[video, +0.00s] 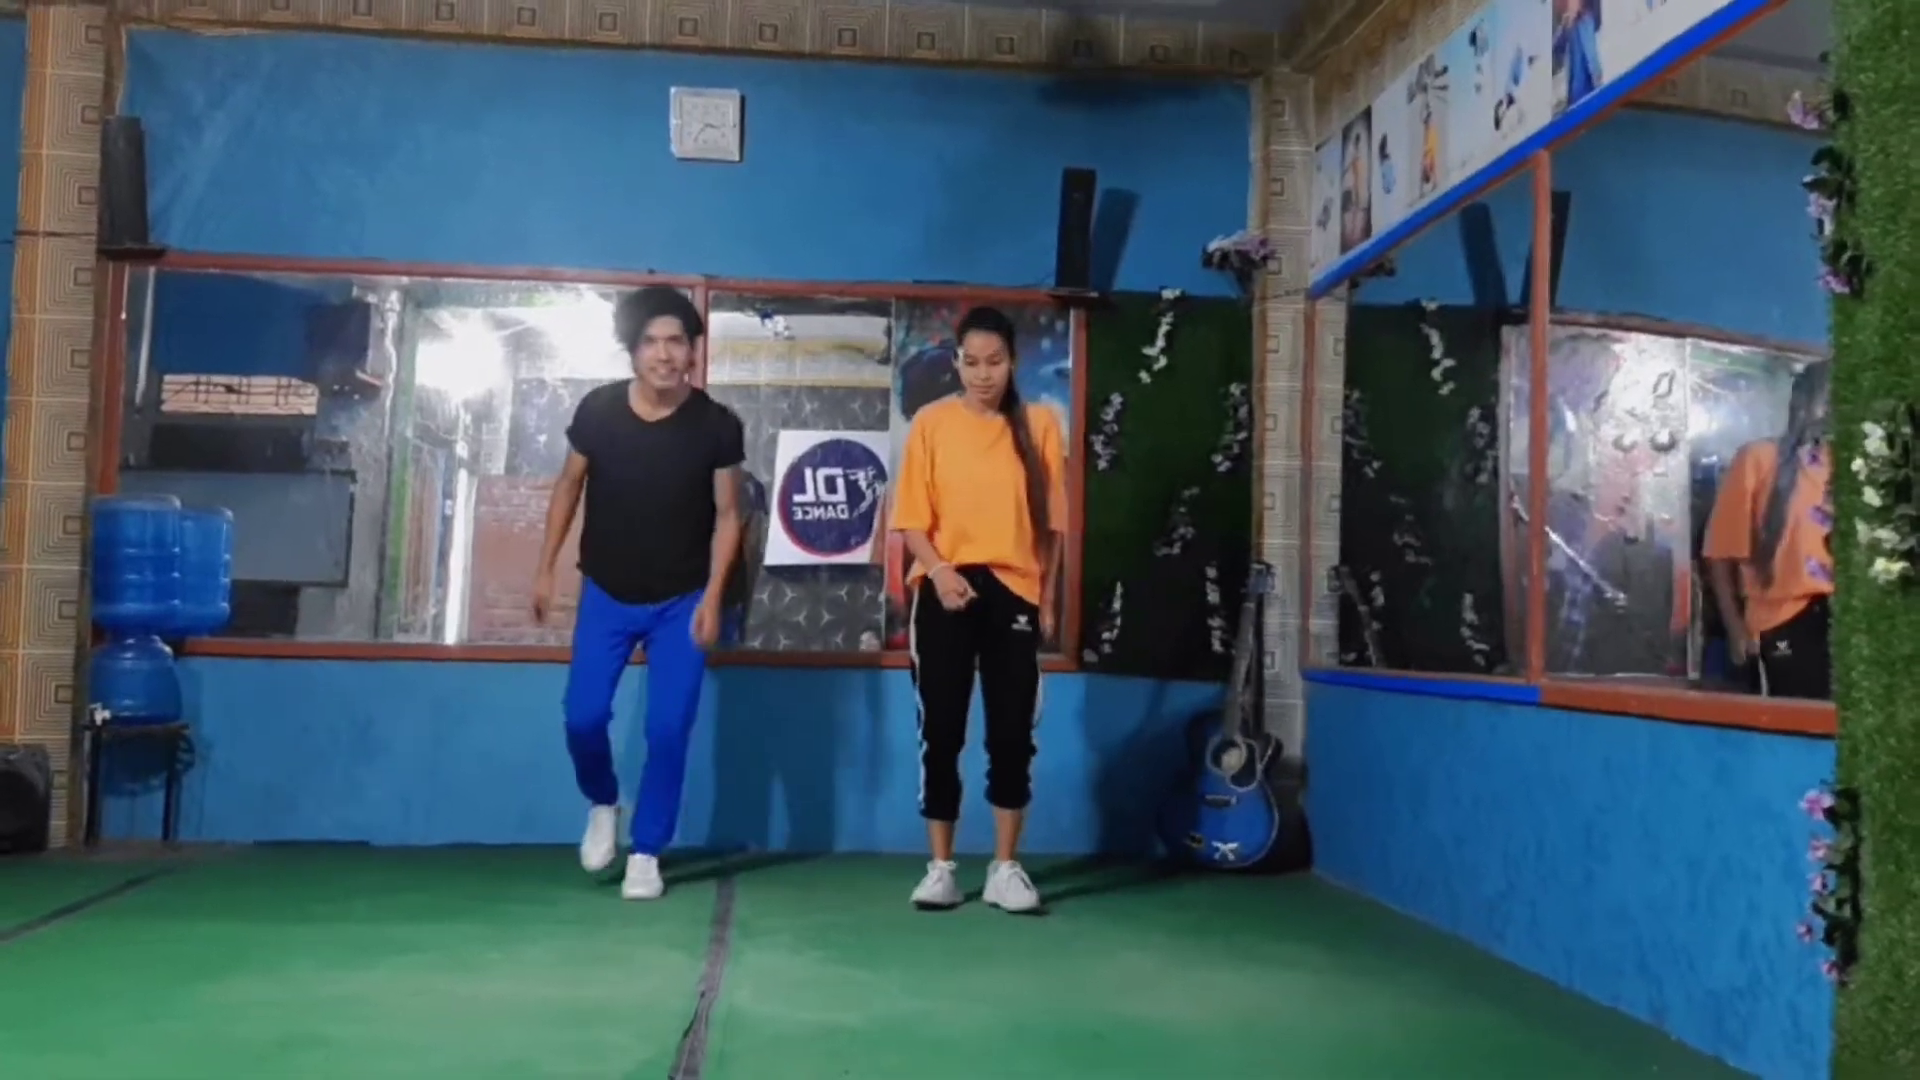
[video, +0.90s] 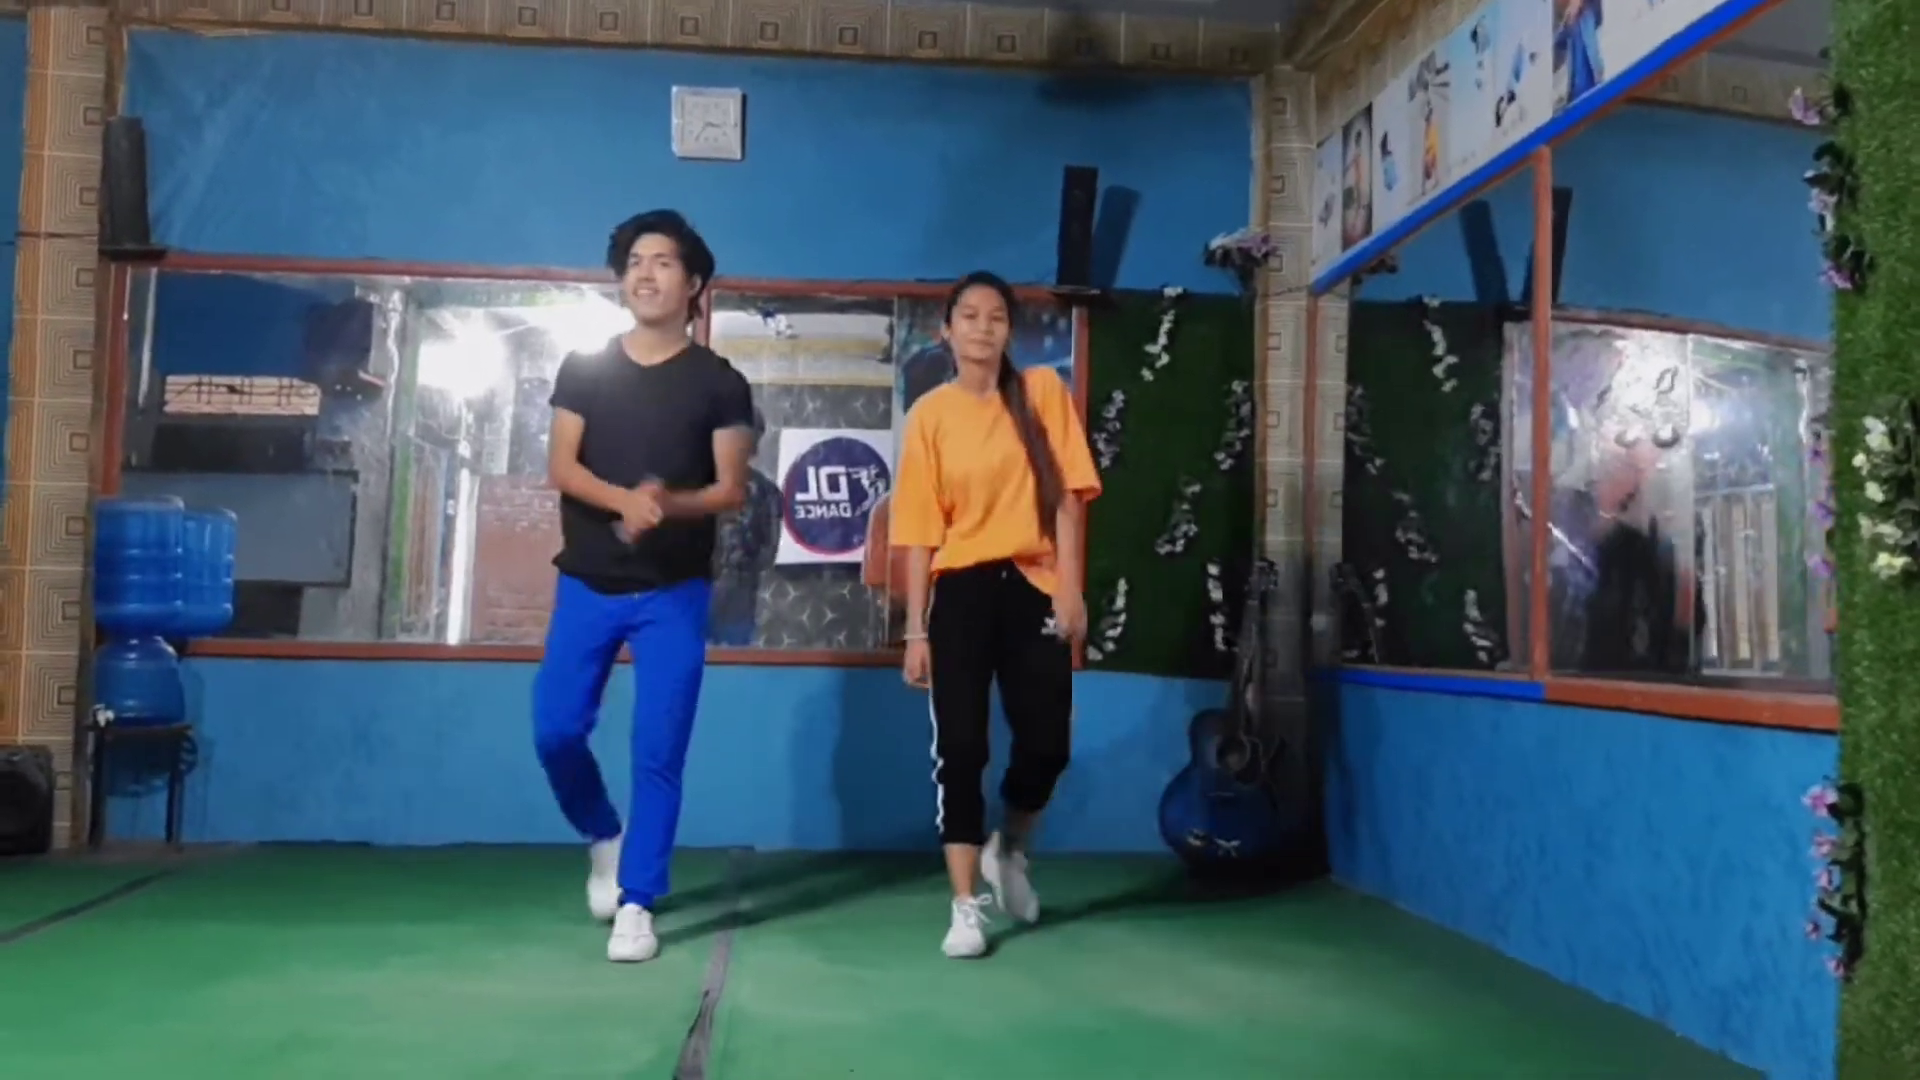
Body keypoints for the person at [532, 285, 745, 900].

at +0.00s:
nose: (667, 354)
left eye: (678, 342)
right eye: (653, 342)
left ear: (694, 351)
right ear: (630, 350)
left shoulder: (717, 425)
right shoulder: (598, 411)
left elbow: (728, 516)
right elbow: (569, 485)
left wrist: (713, 597)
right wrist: (546, 569)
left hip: (683, 602)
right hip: (606, 596)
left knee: (669, 730)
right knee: (582, 718)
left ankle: (646, 854)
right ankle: (603, 804)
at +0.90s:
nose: (647, 276)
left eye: (664, 264)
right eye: (636, 264)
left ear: (695, 284)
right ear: (621, 281)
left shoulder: (720, 382)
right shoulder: (585, 368)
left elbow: (732, 490)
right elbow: (564, 469)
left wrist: (667, 503)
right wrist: (622, 500)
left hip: (672, 594)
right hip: (586, 589)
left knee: (658, 753)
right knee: (555, 734)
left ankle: (638, 905)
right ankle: (605, 836)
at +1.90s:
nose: (631, 263)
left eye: (644, 251)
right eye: (615, 251)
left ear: (661, 267)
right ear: (586, 267)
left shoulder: (689, 358)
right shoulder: (552, 351)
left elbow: (775, 424)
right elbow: (457, 412)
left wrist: (838, 380)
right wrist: (394, 357)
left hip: (659, 584)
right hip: (569, 582)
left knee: (637, 743)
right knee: (574, 744)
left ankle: (622, 902)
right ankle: (578, 893)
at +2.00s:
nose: (629, 264)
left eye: (642, 251)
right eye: (613, 251)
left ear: (660, 268)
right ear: (586, 267)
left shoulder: (691, 354)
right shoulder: (549, 348)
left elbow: (773, 432)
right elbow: (485, 402)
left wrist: (743, 412)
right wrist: (459, 411)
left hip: (657, 585)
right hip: (565, 583)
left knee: (637, 748)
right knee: (553, 744)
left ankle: (617, 903)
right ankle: (568, 888)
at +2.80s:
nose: (604, 271)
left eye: (618, 256)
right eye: (588, 258)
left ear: (642, 271)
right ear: (569, 275)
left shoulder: (682, 362)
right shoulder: (549, 368)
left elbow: (736, 464)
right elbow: (505, 470)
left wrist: (700, 535)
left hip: (628, 587)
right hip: (549, 583)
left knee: (586, 736)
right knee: (528, 740)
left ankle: (598, 892)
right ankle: (553, 898)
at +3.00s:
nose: (582, 282)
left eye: (598, 269)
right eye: (569, 271)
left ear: (626, 284)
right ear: (553, 287)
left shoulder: (665, 346)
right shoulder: (540, 392)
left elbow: (729, 420)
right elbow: (484, 475)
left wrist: (643, 434)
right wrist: (446, 509)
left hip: (642, 578)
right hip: (559, 582)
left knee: (584, 704)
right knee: (523, 745)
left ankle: (615, 855)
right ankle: (552, 904)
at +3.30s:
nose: (569, 297)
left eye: (584, 283)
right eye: (555, 283)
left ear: (607, 298)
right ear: (534, 297)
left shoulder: (643, 371)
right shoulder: (520, 389)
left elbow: (713, 457)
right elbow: (488, 475)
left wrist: (706, 557)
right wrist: (474, 409)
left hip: (657, 598)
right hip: (572, 604)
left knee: (676, 741)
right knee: (530, 758)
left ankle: (740, 869)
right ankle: (557, 911)